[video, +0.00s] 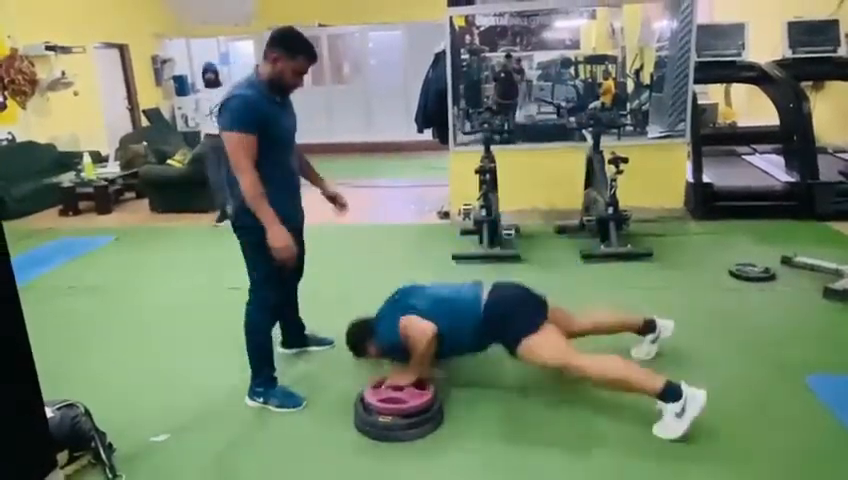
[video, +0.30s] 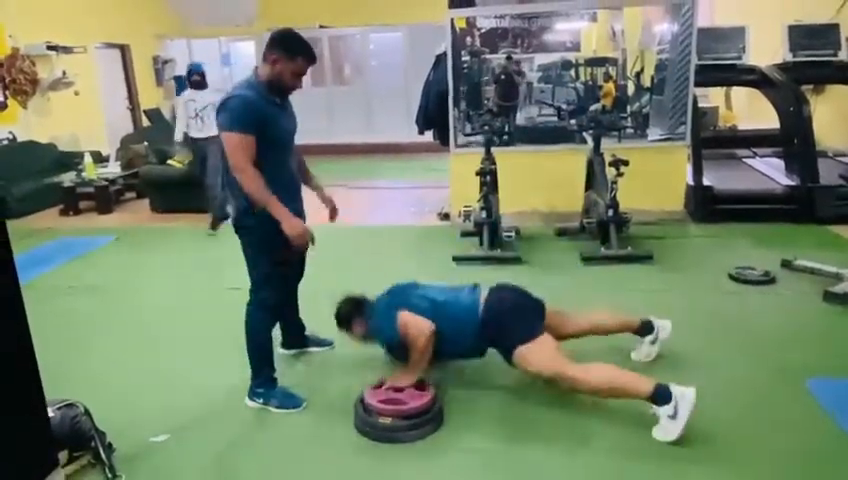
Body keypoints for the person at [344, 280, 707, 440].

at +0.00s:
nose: (374, 360)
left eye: (370, 356)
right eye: (370, 357)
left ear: (371, 343)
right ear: (373, 324)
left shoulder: (391, 327)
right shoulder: (398, 299)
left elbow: (427, 332)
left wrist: (416, 372)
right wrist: (419, 358)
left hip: (503, 317)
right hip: (504, 292)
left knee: (574, 363)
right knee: (574, 325)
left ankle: (675, 395)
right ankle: (651, 326)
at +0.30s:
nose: (357, 337)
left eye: (353, 333)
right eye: (354, 332)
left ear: (356, 326)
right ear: (363, 306)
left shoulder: (386, 320)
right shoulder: (394, 295)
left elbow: (426, 333)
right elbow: (428, 324)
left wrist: (410, 374)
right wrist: (410, 358)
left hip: (499, 322)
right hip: (501, 295)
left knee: (570, 374)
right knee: (570, 325)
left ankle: (666, 397)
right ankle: (648, 326)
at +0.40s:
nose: (356, 302)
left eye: (351, 297)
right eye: (352, 297)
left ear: (355, 290)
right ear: (365, 271)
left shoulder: (382, 293)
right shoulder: (394, 269)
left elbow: (418, 326)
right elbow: (428, 306)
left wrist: (414, 375)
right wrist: (407, 338)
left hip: (499, 322)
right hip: (502, 294)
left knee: (570, 371)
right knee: (570, 324)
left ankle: (667, 397)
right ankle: (648, 326)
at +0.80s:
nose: (379, 271)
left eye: (375, 266)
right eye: (375, 268)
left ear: (379, 254)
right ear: (384, 240)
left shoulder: (409, 260)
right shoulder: (415, 239)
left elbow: (419, 321)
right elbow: (428, 298)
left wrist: (415, 369)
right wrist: (420, 335)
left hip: (513, 306)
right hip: (516, 287)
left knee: (574, 365)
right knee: (580, 320)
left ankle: (677, 395)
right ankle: (657, 327)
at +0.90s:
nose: (395, 276)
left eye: (390, 271)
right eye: (391, 272)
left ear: (392, 258)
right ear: (397, 244)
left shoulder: (419, 255)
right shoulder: (425, 239)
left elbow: (423, 328)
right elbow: (432, 304)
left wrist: (415, 374)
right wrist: (420, 332)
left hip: (538, 266)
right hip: (538, 249)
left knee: (558, 360)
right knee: (573, 309)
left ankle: (653, 381)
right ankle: (644, 326)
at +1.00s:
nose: (423, 279)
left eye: (419, 274)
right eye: (419, 276)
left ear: (422, 261)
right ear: (426, 249)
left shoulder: (445, 260)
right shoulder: (448, 242)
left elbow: (439, 329)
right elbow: (446, 312)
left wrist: (418, 372)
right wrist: (439, 337)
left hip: (561, 252)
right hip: (567, 238)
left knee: (523, 336)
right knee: (562, 301)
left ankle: (605, 376)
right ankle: (608, 332)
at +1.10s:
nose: (443, 279)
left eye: (440, 272)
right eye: (439, 274)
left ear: (447, 261)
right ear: (451, 250)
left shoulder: (473, 264)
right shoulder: (472, 248)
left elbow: (455, 337)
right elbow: (465, 296)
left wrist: (417, 373)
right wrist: (440, 322)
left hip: (587, 270)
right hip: (586, 255)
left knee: (516, 324)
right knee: (526, 303)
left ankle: (586, 377)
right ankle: (580, 344)